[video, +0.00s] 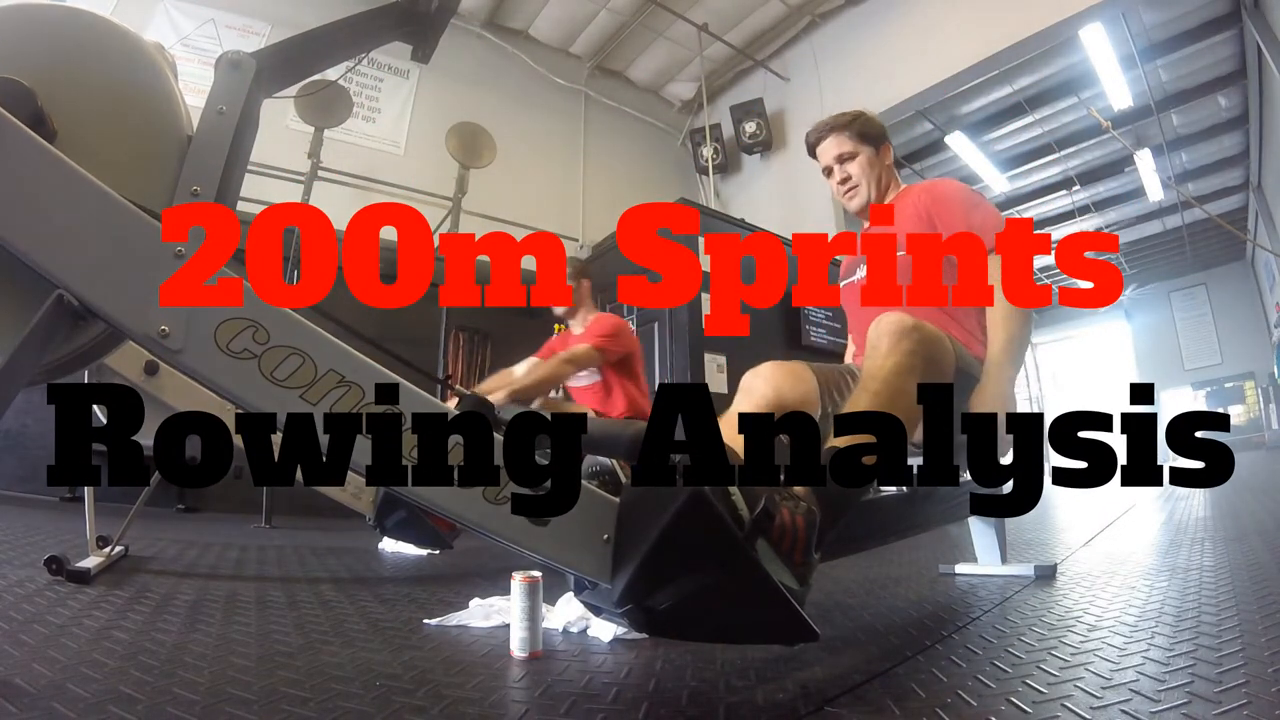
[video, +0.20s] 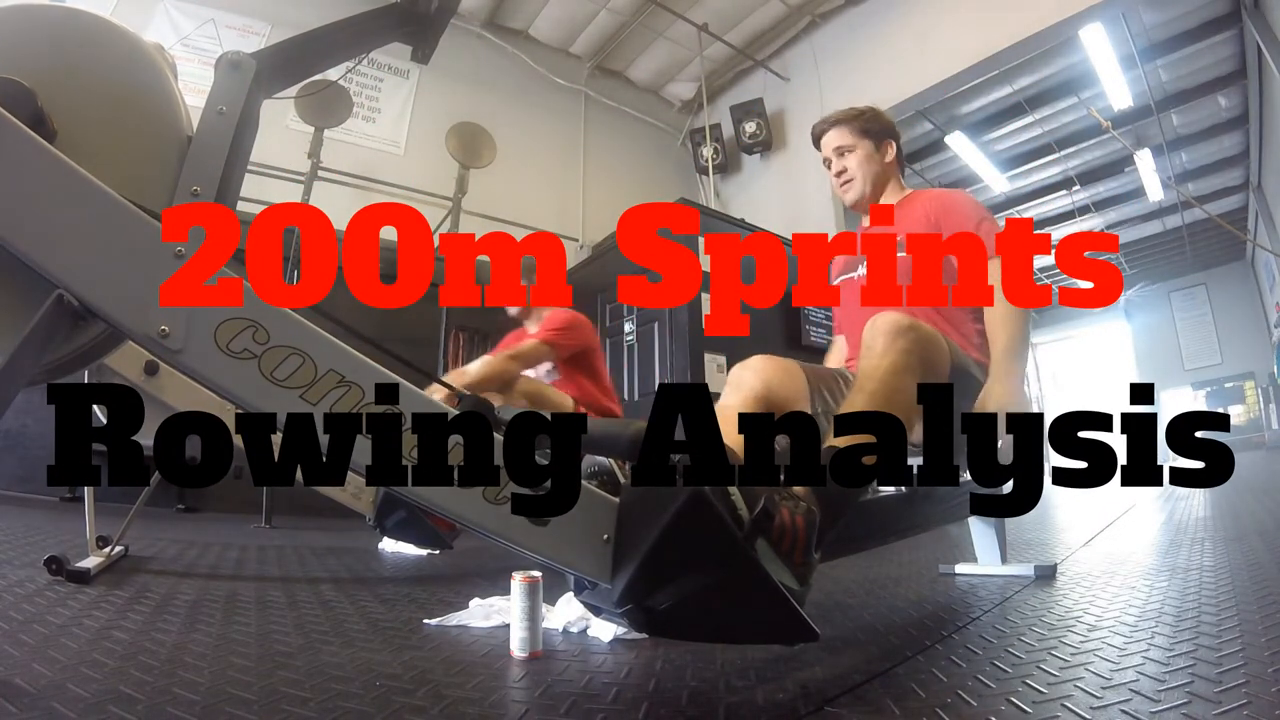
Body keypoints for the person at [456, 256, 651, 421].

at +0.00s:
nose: (554, 295)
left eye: (563, 285)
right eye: (551, 287)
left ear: (585, 286)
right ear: (545, 293)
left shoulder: (613, 326)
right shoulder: (563, 340)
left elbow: (572, 363)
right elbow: (518, 372)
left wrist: (510, 394)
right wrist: (473, 395)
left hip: (630, 430)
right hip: (592, 430)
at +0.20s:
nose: (503, 294)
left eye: (511, 282)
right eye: (501, 285)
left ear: (532, 281)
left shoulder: (569, 321)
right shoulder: (517, 337)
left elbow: (514, 361)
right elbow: (488, 365)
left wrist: (452, 385)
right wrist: (446, 385)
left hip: (596, 419)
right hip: (547, 414)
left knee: (513, 386)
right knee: (485, 392)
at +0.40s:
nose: (458, 293)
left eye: (465, 282)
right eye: (457, 284)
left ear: (487, 280)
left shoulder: (527, 316)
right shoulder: (474, 335)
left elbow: (468, 360)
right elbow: (445, 365)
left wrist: (404, 382)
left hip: (561, 411)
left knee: (494, 374)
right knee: (445, 378)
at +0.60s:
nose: (427, 293)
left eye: (435, 282)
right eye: (428, 284)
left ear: (462, 282)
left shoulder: (497, 312)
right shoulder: (451, 327)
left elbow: (430, 353)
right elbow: (416, 357)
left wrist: (371, 377)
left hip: (539, 410)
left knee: (470, 366)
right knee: (420, 370)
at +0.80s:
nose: (422, 282)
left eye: (429, 273)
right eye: (423, 273)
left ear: (448, 275)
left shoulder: (482, 311)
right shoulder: (449, 319)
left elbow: (408, 344)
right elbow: (404, 358)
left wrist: (346, 365)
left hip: (527, 408)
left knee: (456, 362)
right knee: (418, 374)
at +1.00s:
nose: (476, 274)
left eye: (482, 267)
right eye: (474, 268)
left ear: (500, 268)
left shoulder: (520, 309)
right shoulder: (483, 314)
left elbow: (448, 337)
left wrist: (366, 358)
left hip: (549, 408)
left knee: (473, 369)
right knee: (434, 375)